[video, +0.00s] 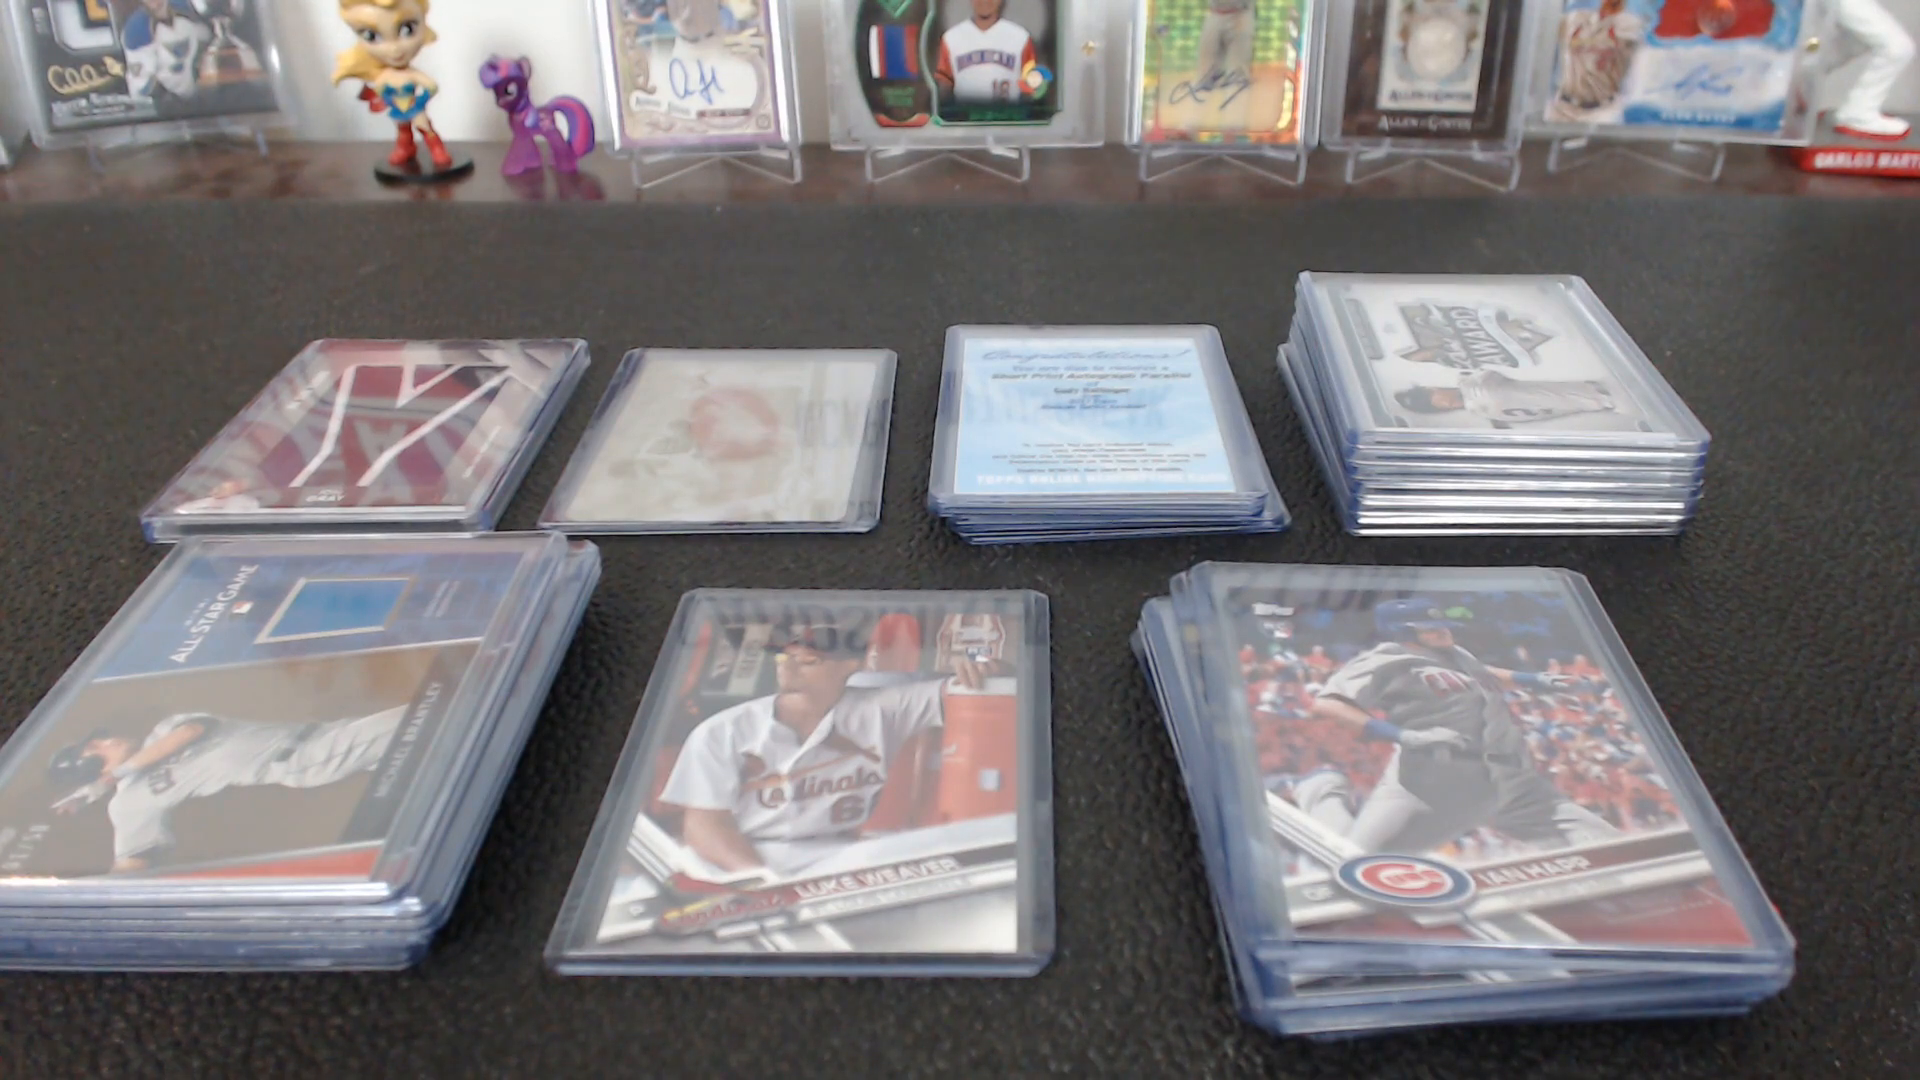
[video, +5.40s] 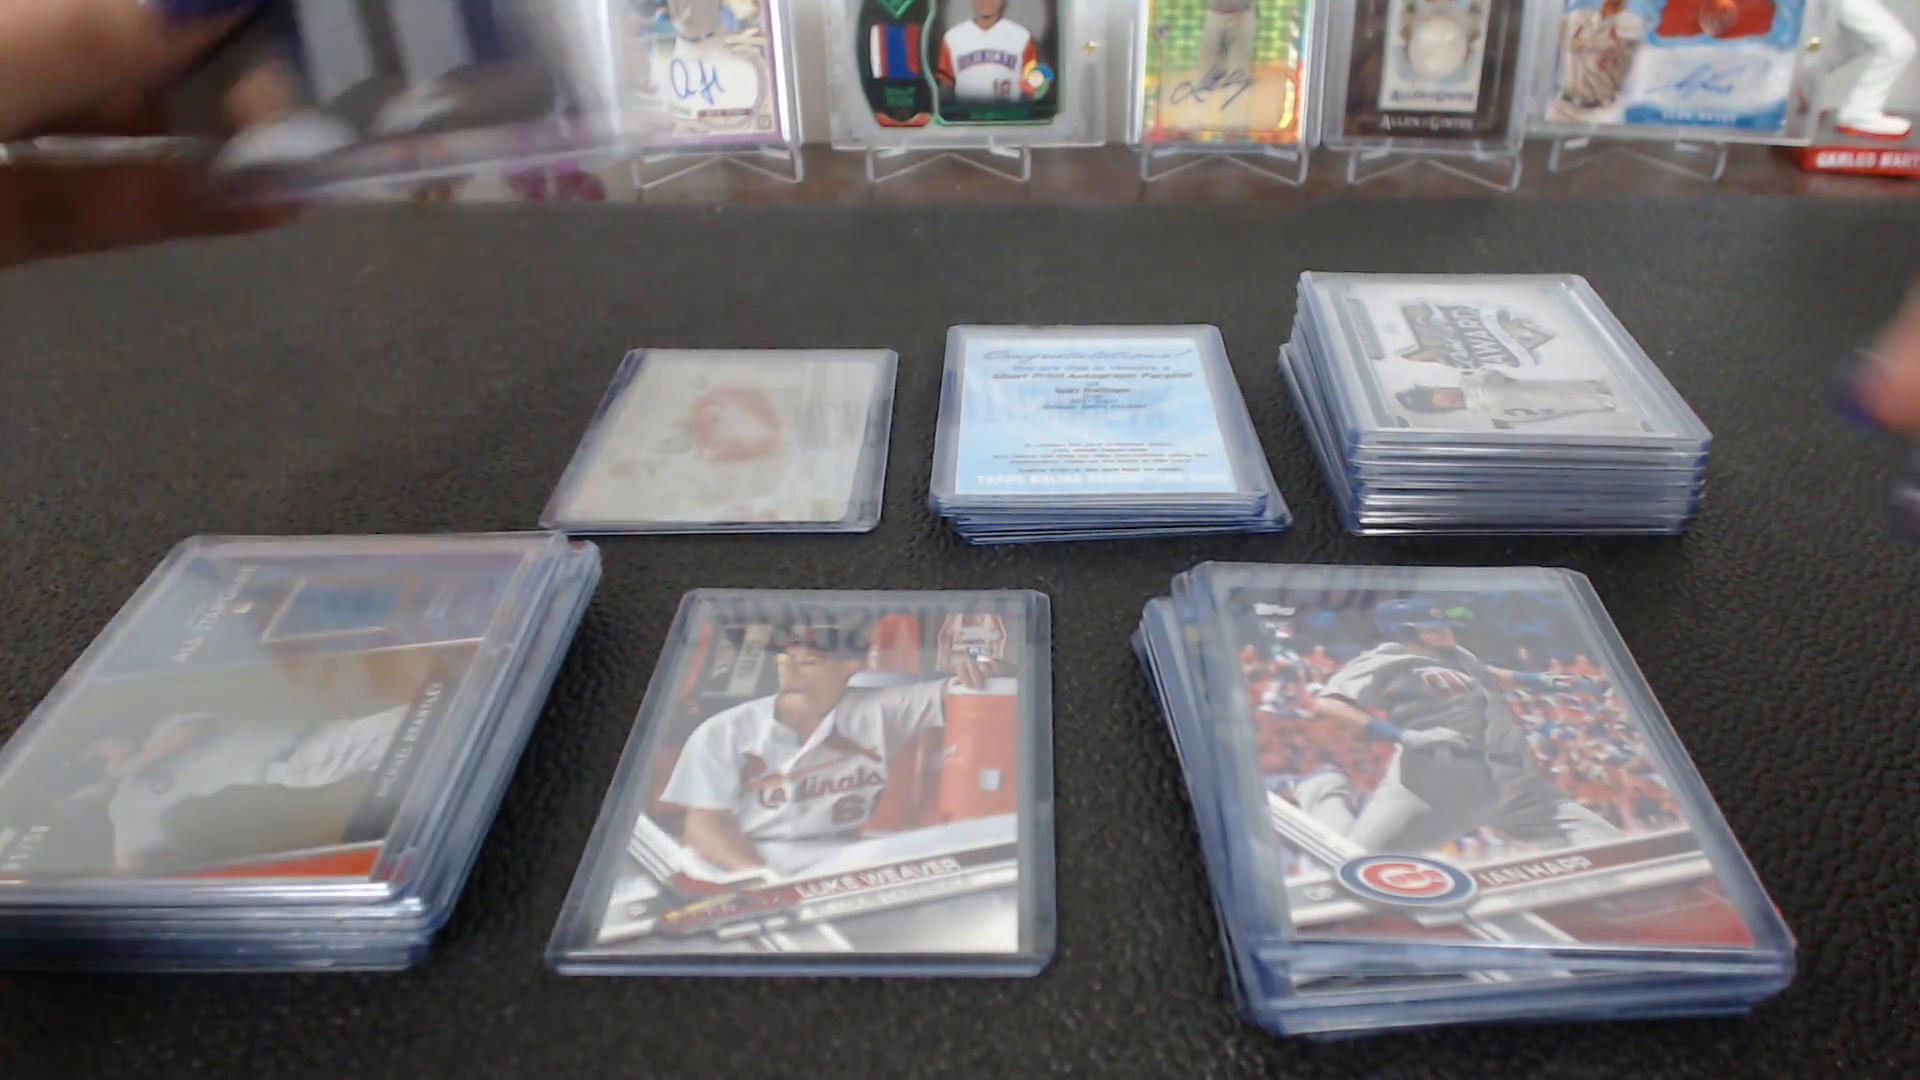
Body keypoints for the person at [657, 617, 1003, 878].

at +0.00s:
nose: (797, 656)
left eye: (818, 648)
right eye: (789, 644)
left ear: (853, 663)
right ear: (776, 655)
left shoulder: (876, 713)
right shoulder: (720, 735)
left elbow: (959, 690)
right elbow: (703, 829)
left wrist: (972, 670)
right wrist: (766, 883)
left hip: (827, 866)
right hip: (729, 870)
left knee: (892, 851)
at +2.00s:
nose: (795, 657)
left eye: (817, 647)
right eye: (787, 645)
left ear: (853, 663)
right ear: (776, 655)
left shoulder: (875, 715)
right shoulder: (720, 735)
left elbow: (954, 691)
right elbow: (703, 828)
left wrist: (973, 672)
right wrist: (767, 883)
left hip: (827, 867)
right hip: (729, 872)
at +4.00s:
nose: (793, 659)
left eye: (814, 649)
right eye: (787, 646)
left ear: (853, 664)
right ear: (776, 656)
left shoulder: (875, 716)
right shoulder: (720, 735)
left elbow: (957, 690)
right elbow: (703, 830)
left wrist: (974, 673)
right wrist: (769, 885)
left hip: (827, 871)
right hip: (728, 875)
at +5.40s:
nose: (794, 657)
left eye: (816, 650)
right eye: (788, 645)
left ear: (854, 664)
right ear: (777, 654)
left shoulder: (875, 714)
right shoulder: (722, 735)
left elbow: (955, 692)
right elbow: (703, 830)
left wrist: (975, 675)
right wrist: (770, 884)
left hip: (826, 874)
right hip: (725, 879)